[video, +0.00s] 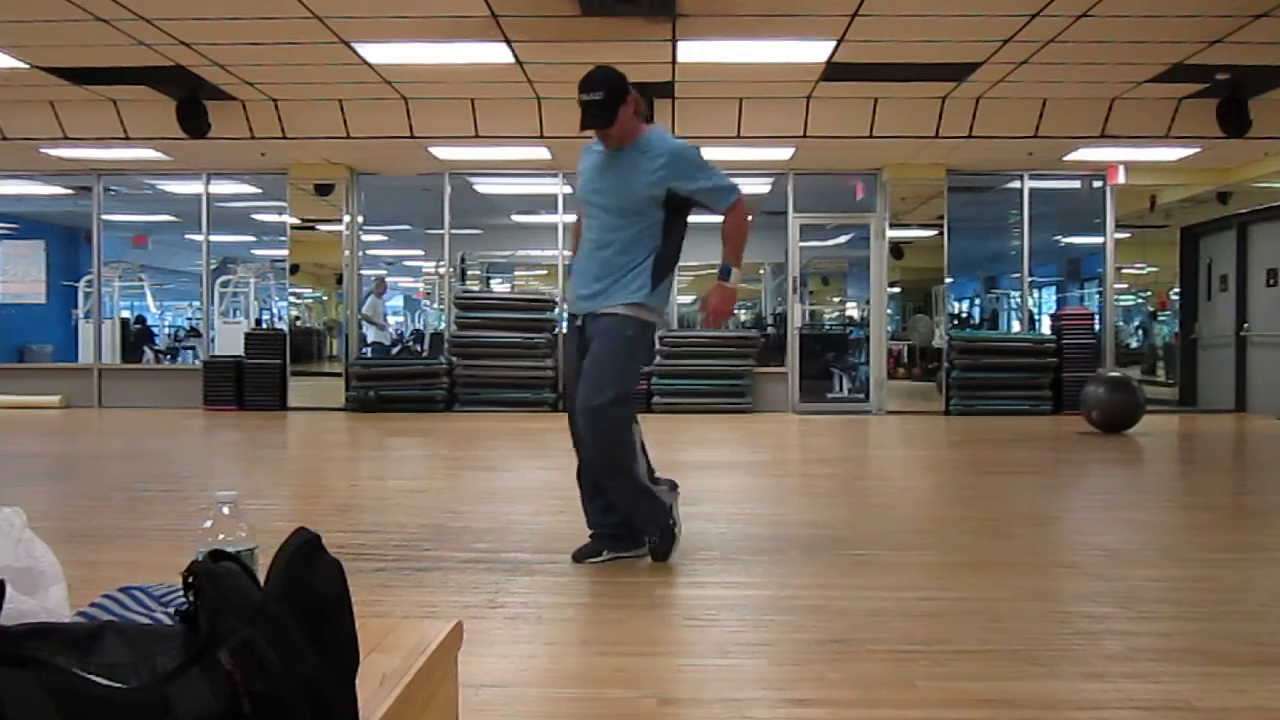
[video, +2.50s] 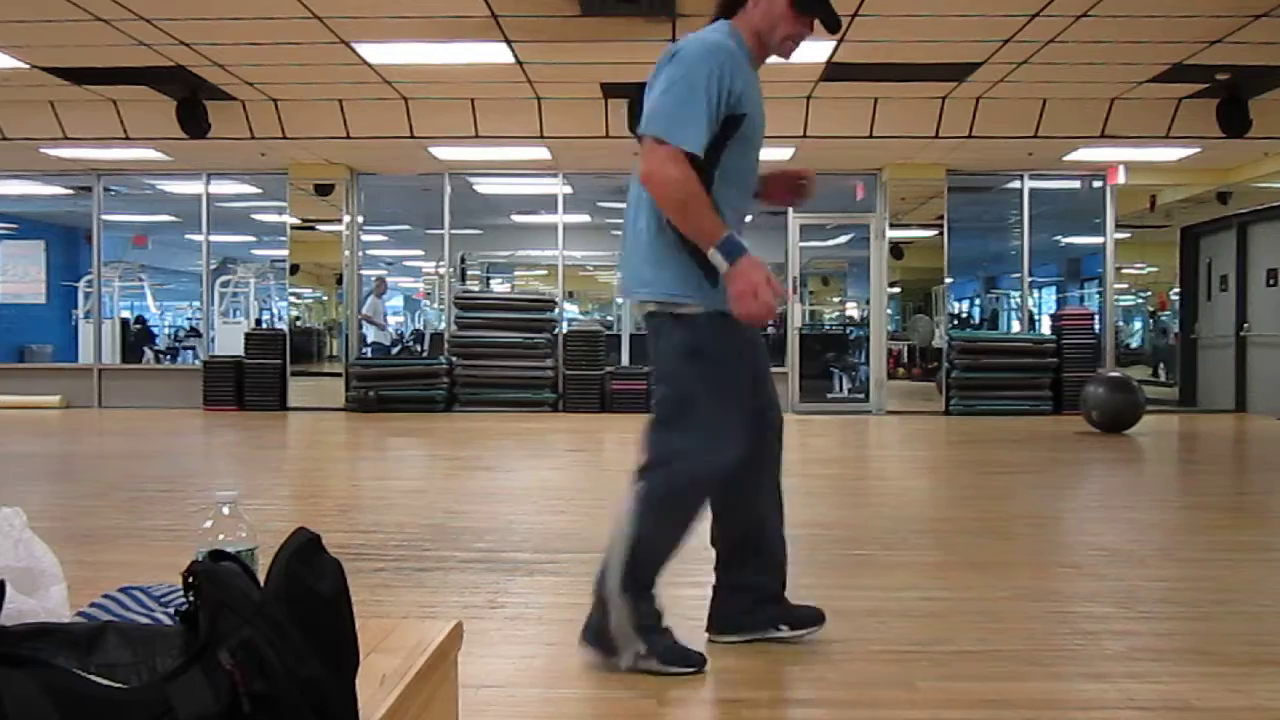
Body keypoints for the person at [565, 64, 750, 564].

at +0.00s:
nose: (599, 134)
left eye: (606, 123)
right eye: (592, 125)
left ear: (631, 105)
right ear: (584, 117)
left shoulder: (668, 155)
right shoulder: (591, 156)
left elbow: (736, 207)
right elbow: (584, 220)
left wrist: (727, 281)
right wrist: (575, 275)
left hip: (631, 308)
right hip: (585, 308)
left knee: (597, 409)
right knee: (585, 418)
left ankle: (654, 507)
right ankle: (615, 531)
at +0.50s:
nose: (559, 118)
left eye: (568, 108)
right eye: (549, 109)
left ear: (588, 91)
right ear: (537, 98)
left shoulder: (625, 141)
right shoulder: (519, 143)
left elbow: (665, 218)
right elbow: (477, 211)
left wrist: (623, 187)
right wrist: (453, 236)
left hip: (597, 308)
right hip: (528, 303)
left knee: (570, 426)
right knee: (503, 408)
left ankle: (544, 553)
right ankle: (552, 503)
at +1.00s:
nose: (583, 64)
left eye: (592, 54)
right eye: (573, 51)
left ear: (604, 44)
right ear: (545, 31)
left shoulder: (624, 114)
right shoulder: (494, 98)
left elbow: (639, 210)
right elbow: (451, 178)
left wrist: (654, 289)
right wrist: (445, 264)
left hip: (588, 298)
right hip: (504, 295)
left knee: (580, 438)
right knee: (497, 437)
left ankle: (568, 578)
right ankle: (492, 571)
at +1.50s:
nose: (669, 39)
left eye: (677, 27)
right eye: (659, 23)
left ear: (684, 25)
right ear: (620, 9)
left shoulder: (691, 105)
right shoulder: (559, 79)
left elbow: (734, 194)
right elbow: (492, 158)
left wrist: (773, 218)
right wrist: (542, 189)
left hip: (680, 292)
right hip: (591, 293)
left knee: (712, 427)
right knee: (620, 453)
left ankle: (635, 567)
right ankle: (663, 634)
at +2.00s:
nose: (752, 45)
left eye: (756, 34)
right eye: (751, 28)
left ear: (714, 18)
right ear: (717, 13)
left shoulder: (694, 99)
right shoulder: (648, 74)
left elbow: (721, 191)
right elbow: (602, 178)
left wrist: (801, 192)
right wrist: (717, 220)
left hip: (684, 310)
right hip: (664, 312)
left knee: (685, 449)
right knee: (723, 449)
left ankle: (638, 584)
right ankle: (667, 629)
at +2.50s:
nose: (803, 36)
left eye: (810, 26)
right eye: (802, 18)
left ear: (767, 11)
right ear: (765, 3)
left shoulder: (740, 73)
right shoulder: (705, 56)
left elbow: (702, 172)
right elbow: (661, 165)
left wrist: (761, 186)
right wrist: (733, 257)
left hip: (713, 294)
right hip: (679, 294)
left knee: (754, 441)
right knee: (693, 450)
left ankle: (747, 603)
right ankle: (618, 618)